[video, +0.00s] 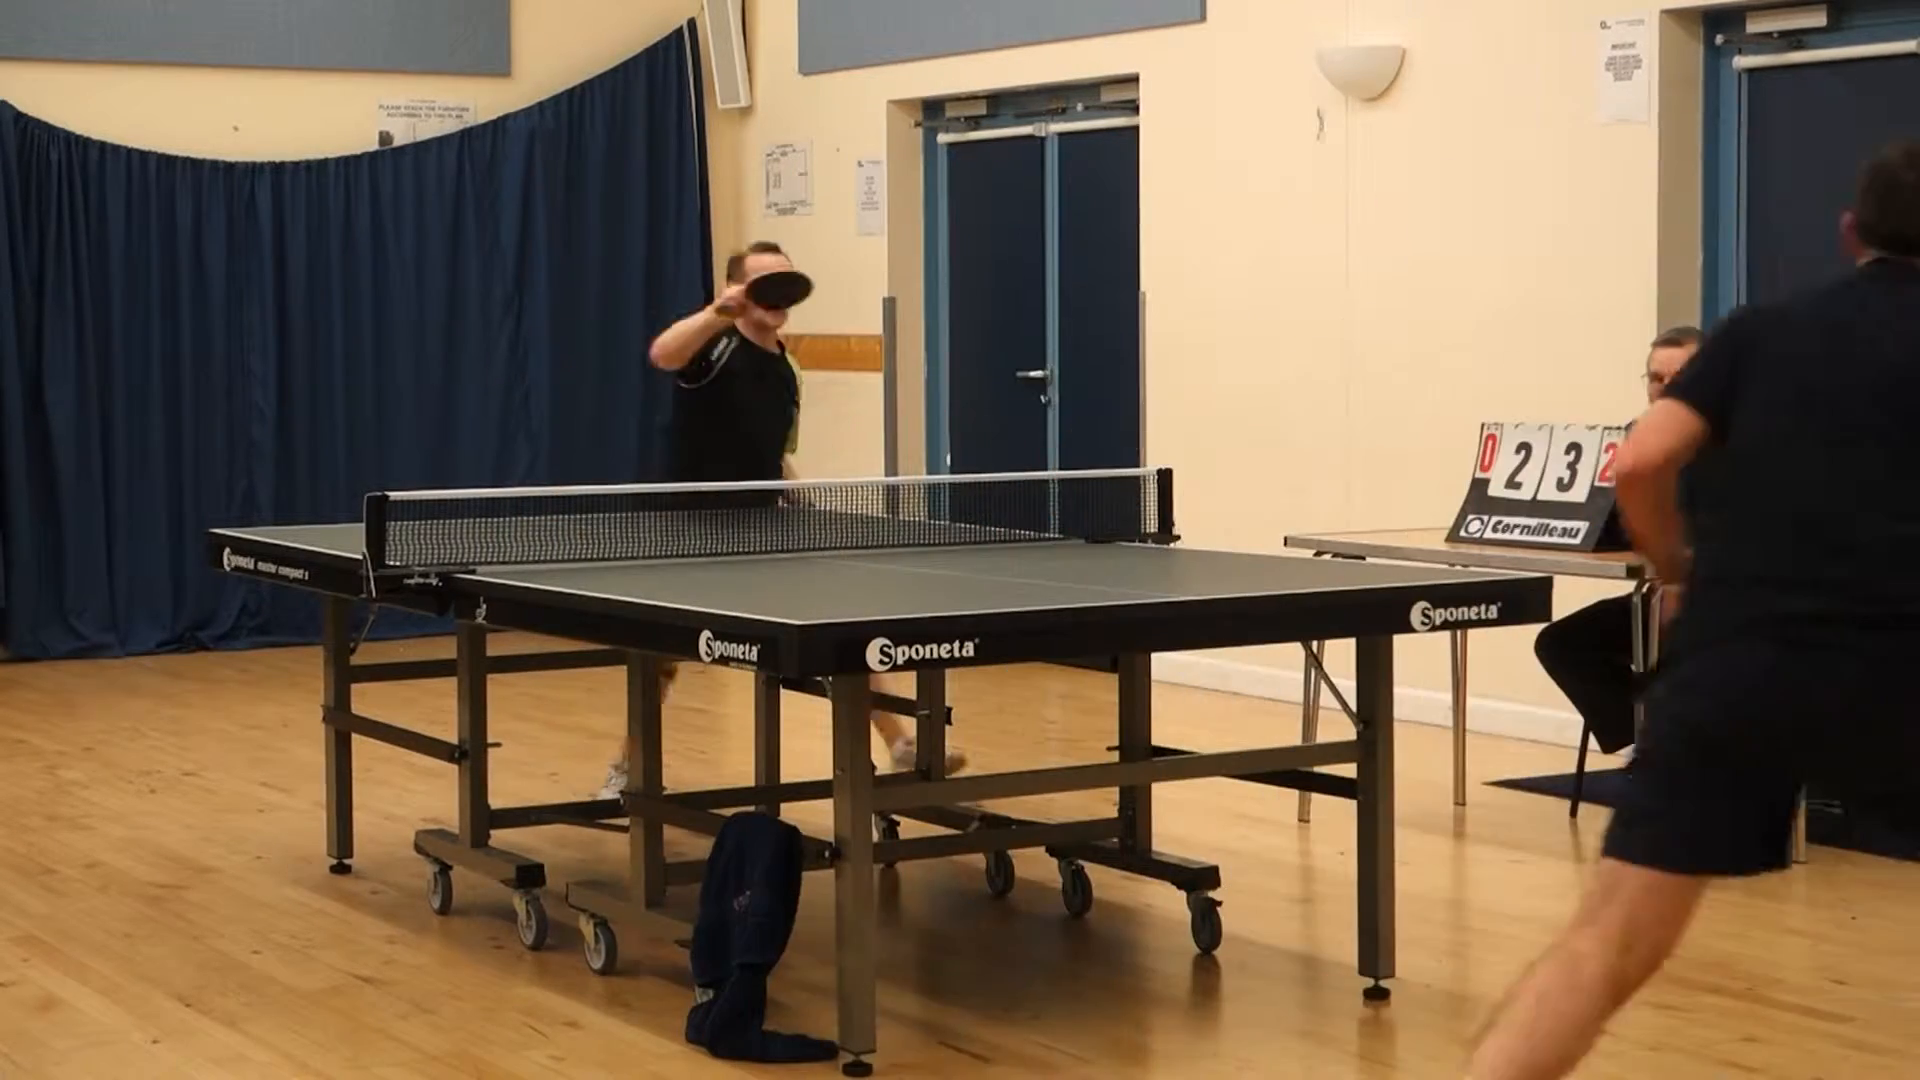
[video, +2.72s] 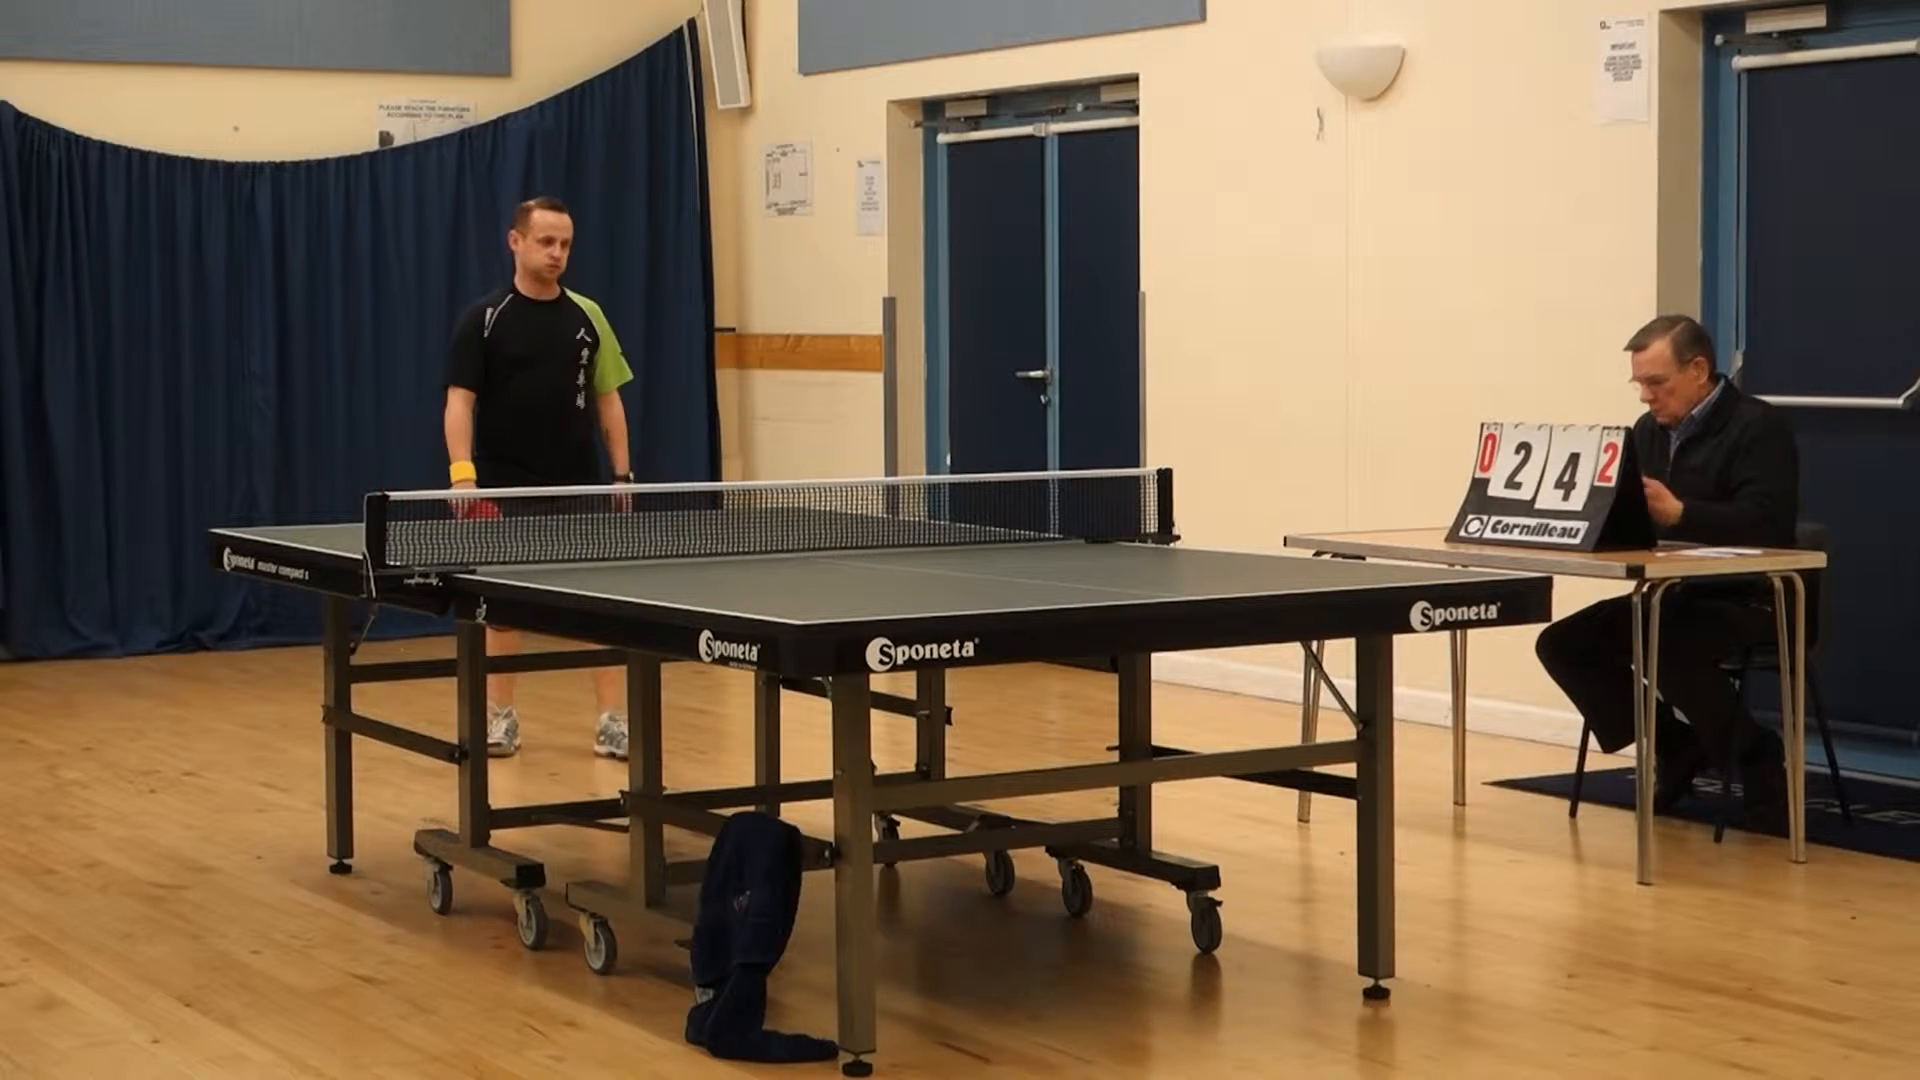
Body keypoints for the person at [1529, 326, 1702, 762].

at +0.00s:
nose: (1666, 390)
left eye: (1679, 379)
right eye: (1657, 379)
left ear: (1704, 383)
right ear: (1646, 381)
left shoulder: (1722, 445)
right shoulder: (1639, 440)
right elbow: (1602, 534)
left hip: (1720, 602)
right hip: (1662, 595)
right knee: (1559, 643)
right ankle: (1646, 742)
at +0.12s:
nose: (1662, 393)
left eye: (1678, 381)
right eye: (1654, 380)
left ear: (1715, 388)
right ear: (1644, 384)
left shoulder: (1746, 441)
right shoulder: (1637, 438)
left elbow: (1734, 527)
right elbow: (1609, 519)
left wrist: (1642, 529)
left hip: (1744, 602)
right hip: (1663, 596)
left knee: (1672, 647)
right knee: (1560, 644)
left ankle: (1746, 748)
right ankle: (1675, 743)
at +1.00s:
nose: (1649, 368)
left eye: (1664, 357)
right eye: (1648, 357)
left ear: (1709, 365)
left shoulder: (1755, 427)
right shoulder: (1644, 428)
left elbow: (1748, 512)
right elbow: (1611, 525)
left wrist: (1662, 462)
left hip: (1750, 595)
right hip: (1669, 592)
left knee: (1668, 646)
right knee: (1562, 644)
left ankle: (1750, 747)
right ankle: (1671, 741)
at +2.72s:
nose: (1646, 395)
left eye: (1656, 382)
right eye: (1641, 383)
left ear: (1700, 370)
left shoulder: (1761, 428)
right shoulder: (1647, 434)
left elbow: (1769, 524)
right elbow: (1618, 512)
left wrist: (1679, 513)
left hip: (1753, 596)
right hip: (1671, 594)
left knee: (1669, 645)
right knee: (1562, 643)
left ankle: (1756, 753)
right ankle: (1675, 744)